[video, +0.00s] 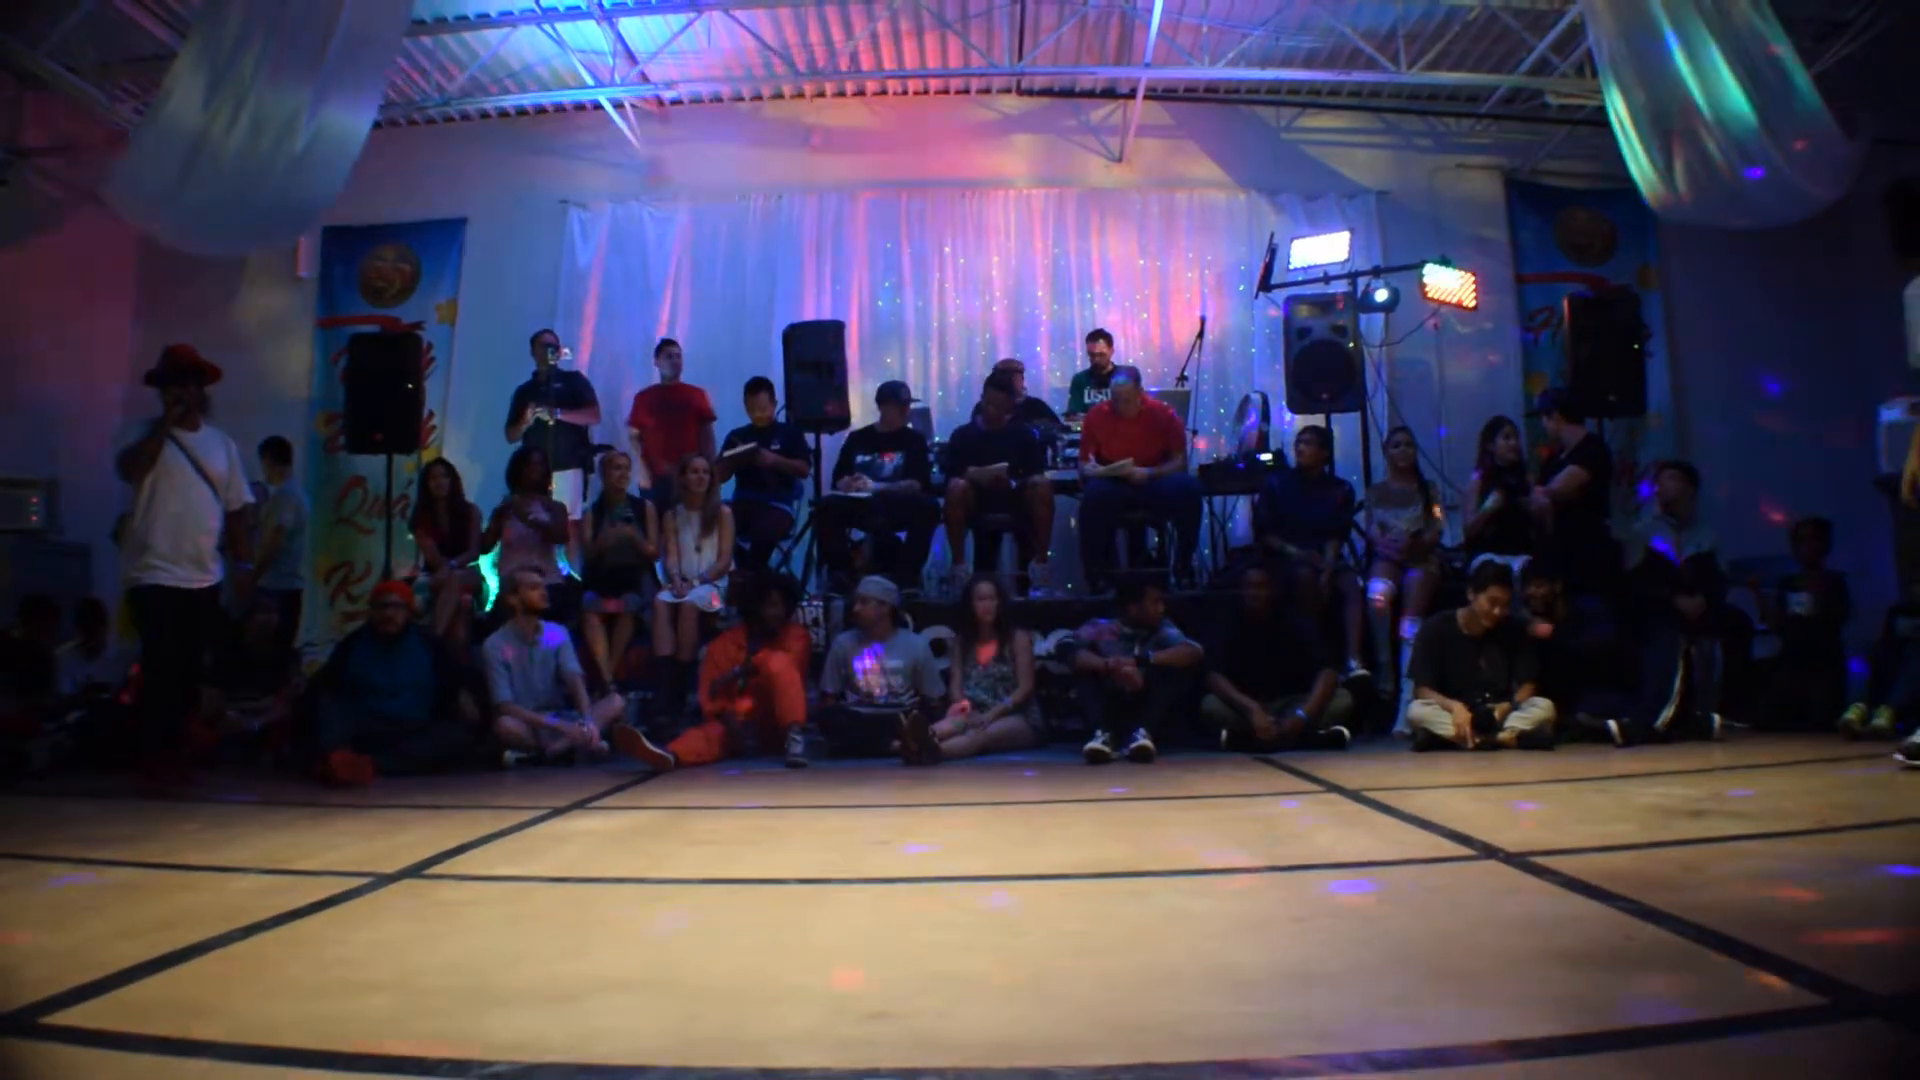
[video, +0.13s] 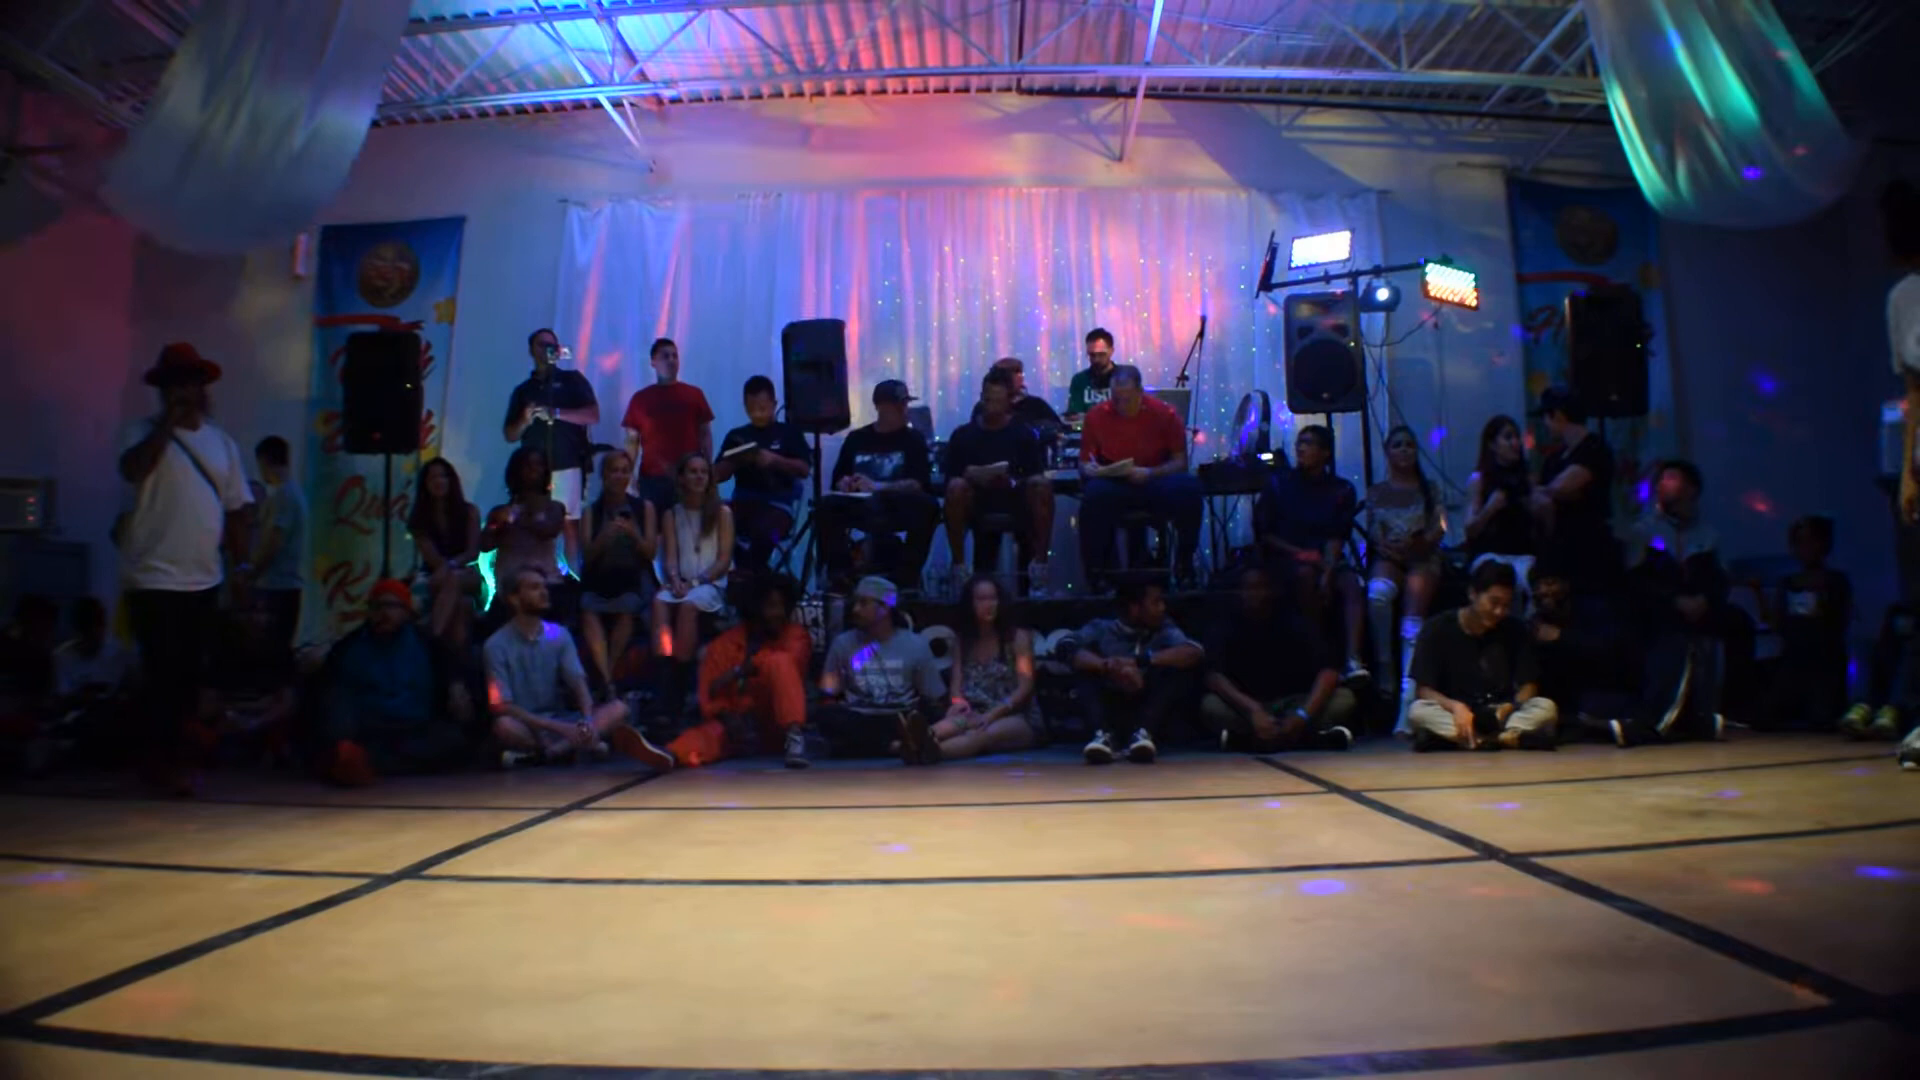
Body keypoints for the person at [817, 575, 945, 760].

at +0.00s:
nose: (856, 609)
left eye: (864, 603)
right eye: (856, 602)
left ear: (885, 608)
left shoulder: (915, 645)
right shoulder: (843, 644)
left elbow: (934, 700)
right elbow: (829, 697)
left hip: (902, 715)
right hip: (857, 715)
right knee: (829, 717)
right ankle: (894, 745)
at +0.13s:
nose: (856, 609)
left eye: (863, 604)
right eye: (856, 603)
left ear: (884, 609)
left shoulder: (914, 645)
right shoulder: (843, 644)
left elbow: (935, 700)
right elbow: (828, 696)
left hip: (904, 714)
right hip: (859, 715)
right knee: (826, 717)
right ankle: (894, 745)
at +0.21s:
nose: (855, 610)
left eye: (863, 604)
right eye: (856, 603)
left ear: (884, 609)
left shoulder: (914, 645)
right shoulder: (843, 644)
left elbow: (936, 699)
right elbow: (828, 697)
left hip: (904, 715)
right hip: (859, 715)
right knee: (828, 719)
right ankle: (894, 745)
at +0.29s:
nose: (855, 610)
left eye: (863, 604)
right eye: (856, 603)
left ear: (884, 609)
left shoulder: (914, 645)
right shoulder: (843, 644)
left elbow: (936, 700)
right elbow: (828, 697)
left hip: (905, 715)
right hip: (860, 716)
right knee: (828, 718)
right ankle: (893, 746)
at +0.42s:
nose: (854, 610)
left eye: (862, 604)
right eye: (855, 604)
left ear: (883, 608)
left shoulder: (914, 645)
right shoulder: (843, 644)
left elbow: (936, 700)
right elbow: (828, 698)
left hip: (905, 716)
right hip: (860, 716)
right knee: (829, 719)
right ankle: (894, 746)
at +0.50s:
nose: (855, 610)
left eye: (862, 604)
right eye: (855, 603)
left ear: (883, 609)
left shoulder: (914, 645)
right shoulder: (843, 645)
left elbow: (935, 698)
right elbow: (829, 699)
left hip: (905, 716)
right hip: (860, 717)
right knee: (830, 721)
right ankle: (893, 747)